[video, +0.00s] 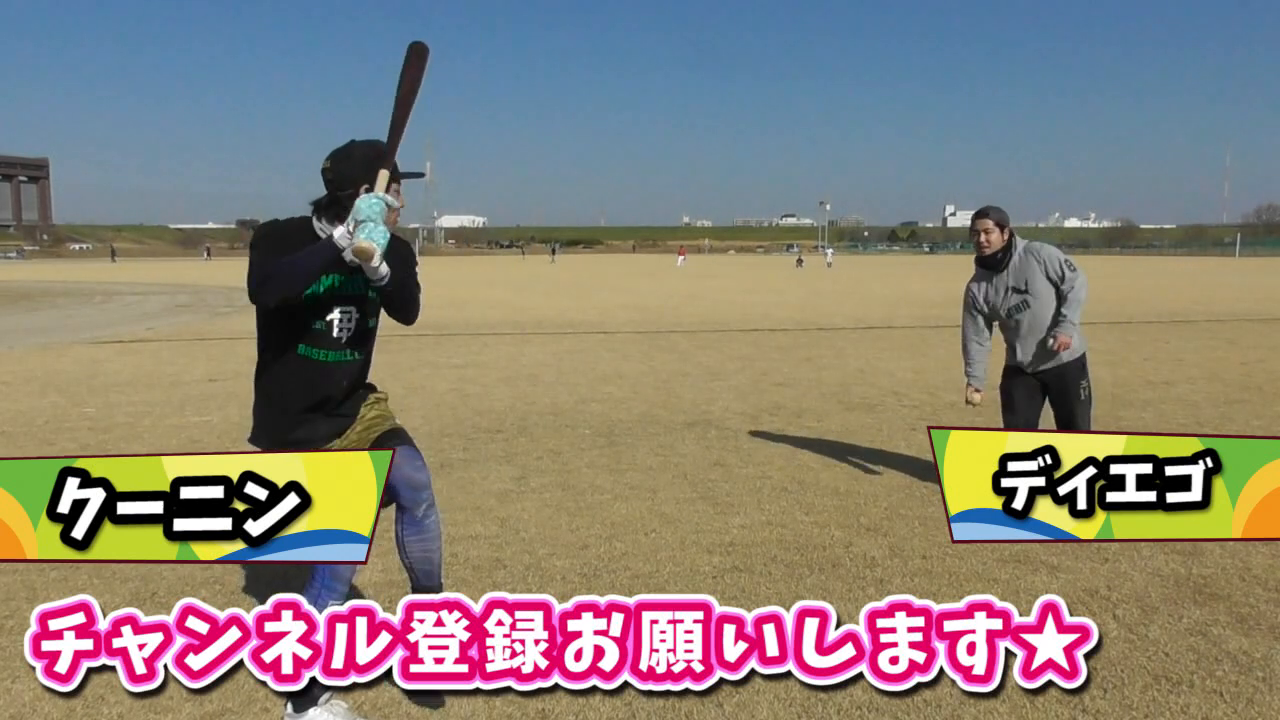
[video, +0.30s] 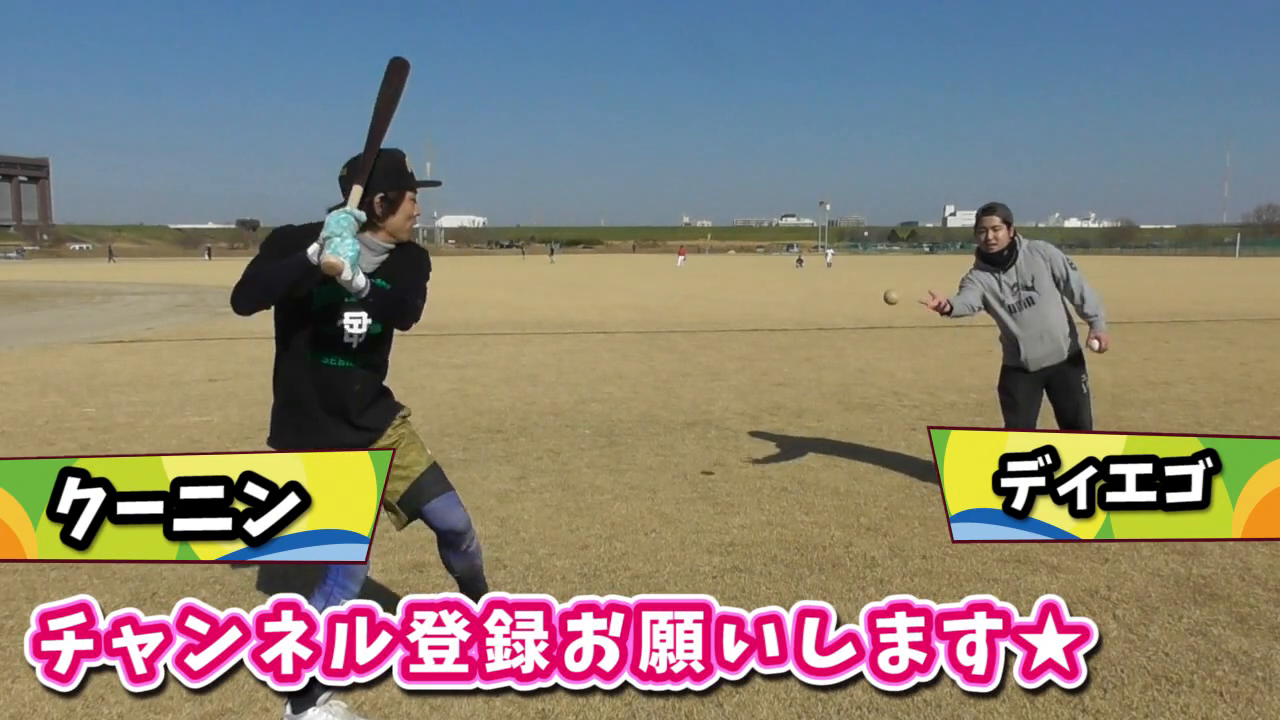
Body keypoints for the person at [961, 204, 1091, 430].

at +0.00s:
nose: (981, 239)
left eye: (988, 232)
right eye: (976, 233)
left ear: (1005, 233)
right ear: (971, 236)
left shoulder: (1039, 255)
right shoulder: (978, 289)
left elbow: (1075, 283)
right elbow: (975, 339)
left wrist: (1067, 327)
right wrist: (975, 381)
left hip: (1065, 363)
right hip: (1020, 369)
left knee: (1077, 440)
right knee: (1017, 440)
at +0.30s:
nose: (989, 236)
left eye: (996, 229)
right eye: (982, 231)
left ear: (1011, 230)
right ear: (976, 235)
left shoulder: (1042, 253)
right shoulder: (979, 276)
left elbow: (1077, 287)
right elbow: (969, 300)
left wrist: (1097, 325)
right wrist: (949, 306)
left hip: (1064, 360)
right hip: (1020, 367)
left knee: (1081, 435)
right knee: (1018, 440)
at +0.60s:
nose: (1008, 234)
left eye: (1015, 227)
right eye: (1002, 227)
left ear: (1030, 228)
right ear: (995, 229)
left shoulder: (1056, 258)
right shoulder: (989, 272)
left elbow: (1082, 298)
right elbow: (973, 314)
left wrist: (1097, 343)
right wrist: (970, 353)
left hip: (1060, 365)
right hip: (1014, 370)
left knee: (1079, 440)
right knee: (1012, 442)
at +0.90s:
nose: (1036, 233)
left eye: (1043, 227)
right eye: (1031, 226)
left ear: (1058, 227)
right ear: (1023, 224)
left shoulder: (1077, 264)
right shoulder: (1004, 261)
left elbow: (1087, 315)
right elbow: (984, 305)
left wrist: (1074, 358)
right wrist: (979, 346)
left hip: (1061, 368)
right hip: (1015, 370)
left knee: (1077, 442)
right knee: (1013, 442)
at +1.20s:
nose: (1055, 245)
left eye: (1063, 239)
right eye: (1051, 237)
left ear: (1077, 237)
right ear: (1043, 229)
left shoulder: (1088, 270)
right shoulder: (1016, 262)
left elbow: (1091, 317)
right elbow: (997, 305)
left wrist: (1058, 350)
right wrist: (999, 345)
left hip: (1061, 371)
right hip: (1014, 369)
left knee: (1075, 441)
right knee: (1013, 443)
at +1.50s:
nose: (1065, 290)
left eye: (1072, 286)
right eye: (1060, 284)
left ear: (1082, 280)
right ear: (1049, 271)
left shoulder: (1089, 294)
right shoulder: (1018, 281)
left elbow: (1093, 342)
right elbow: (999, 325)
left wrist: (1082, 388)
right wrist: (1003, 370)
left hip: (1058, 373)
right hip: (1014, 371)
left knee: (1076, 439)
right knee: (1011, 441)